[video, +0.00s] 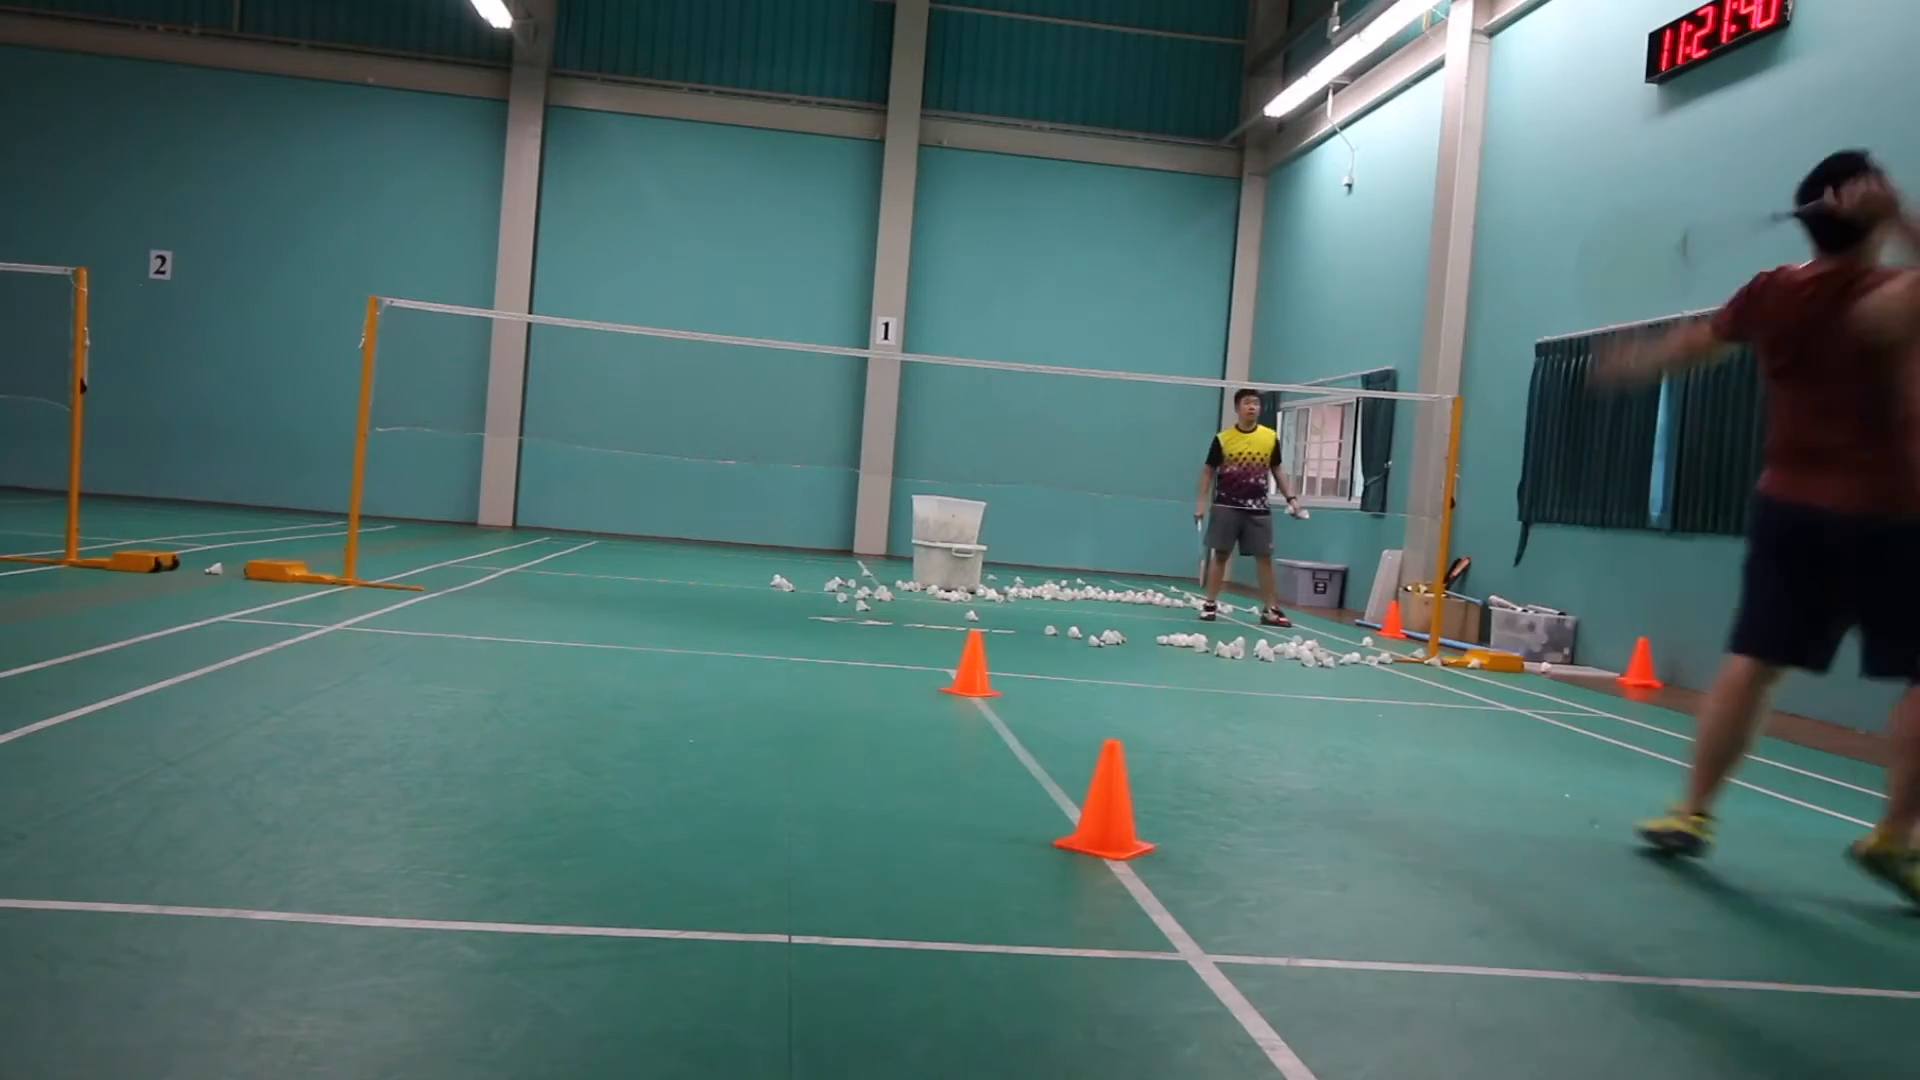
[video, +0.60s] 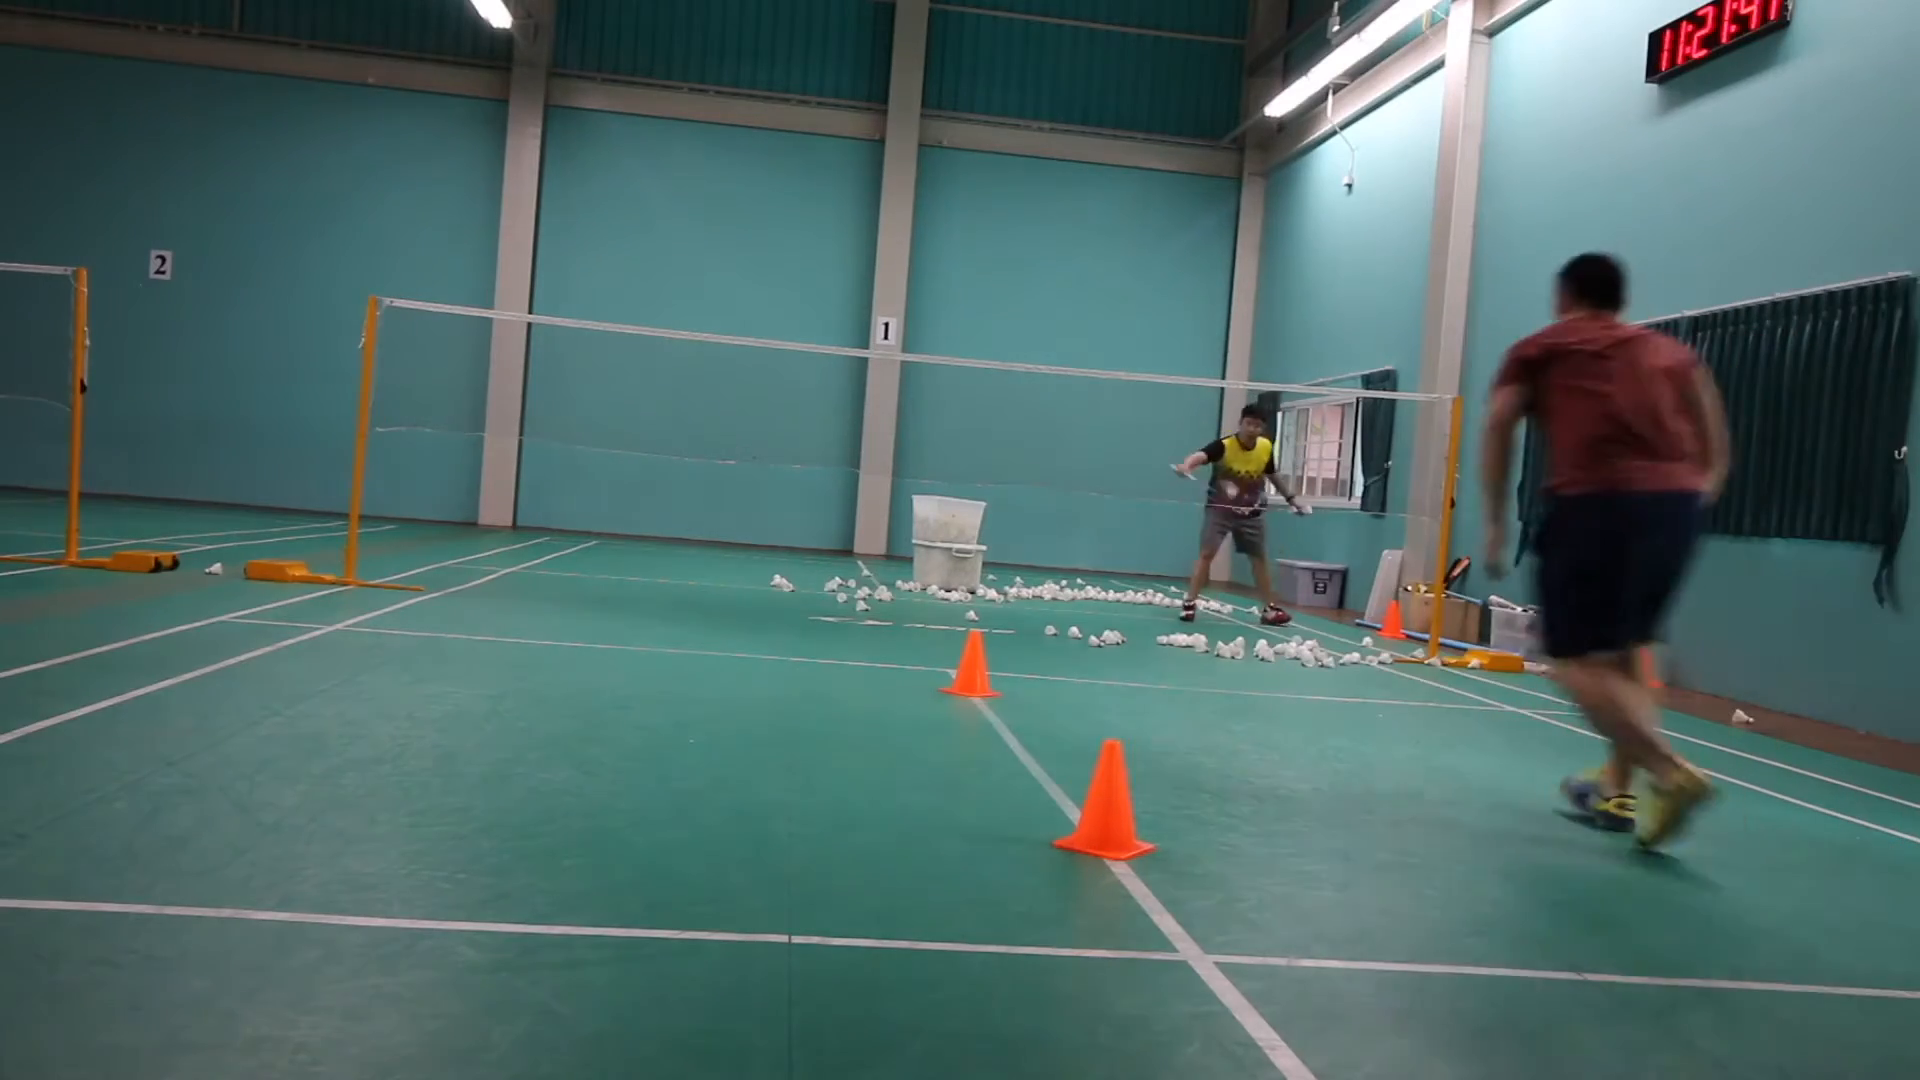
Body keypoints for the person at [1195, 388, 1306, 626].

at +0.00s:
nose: (1252, 407)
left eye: (1256, 403)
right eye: (1247, 403)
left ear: (1260, 408)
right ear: (1237, 408)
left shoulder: (1270, 438)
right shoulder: (1222, 439)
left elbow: (1278, 470)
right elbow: (1208, 473)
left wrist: (1291, 498)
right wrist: (1202, 504)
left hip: (1258, 509)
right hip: (1227, 507)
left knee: (1265, 558)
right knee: (1220, 555)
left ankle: (1270, 608)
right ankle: (1210, 602)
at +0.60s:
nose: (1252, 430)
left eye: (1257, 426)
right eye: (1248, 424)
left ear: (1262, 428)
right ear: (1240, 424)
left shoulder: (1266, 448)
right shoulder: (1225, 445)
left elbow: (1272, 475)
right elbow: (1200, 456)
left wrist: (1291, 499)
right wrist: (1187, 466)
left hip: (1251, 514)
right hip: (1220, 511)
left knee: (1259, 559)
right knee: (1207, 555)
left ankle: (1269, 608)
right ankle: (1190, 602)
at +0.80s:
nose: (1228, 426)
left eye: (1233, 421)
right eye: (1225, 420)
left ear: (1240, 425)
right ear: (1217, 421)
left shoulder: (1245, 444)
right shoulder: (1205, 447)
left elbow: (1247, 470)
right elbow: (1185, 465)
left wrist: (1262, 494)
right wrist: (1176, 482)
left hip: (1232, 508)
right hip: (1203, 507)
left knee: (1241, 554)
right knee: (1198, 550)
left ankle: (1243, 603)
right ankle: (1189, 602)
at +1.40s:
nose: (1242, 416)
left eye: (1246, 412)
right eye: (1238, 411)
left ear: (1252, 416)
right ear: (1230, 415)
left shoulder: (1260, 441)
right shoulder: (1215, 446)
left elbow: (1264, 472)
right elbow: (1202, 479)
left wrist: (1278, 497)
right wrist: (1203, 510)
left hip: (1246, 509)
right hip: (1220, 508)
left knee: (1246, 556)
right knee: (1215, 549)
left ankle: (1235, 604)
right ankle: (1197, 599)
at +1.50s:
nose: (1251, 419)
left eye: (1255, 415)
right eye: (1247, 414)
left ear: (1260, 420)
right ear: (1237, 417)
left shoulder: (1260, 445)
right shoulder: (1224, 443)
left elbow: (1261, 475)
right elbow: (1208, 469)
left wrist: (1275, 499)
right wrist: (1217, 502)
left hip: (1243, 507)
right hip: (1218, 505)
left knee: (1246, 558)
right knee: (1218, 551)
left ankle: (1236, 604)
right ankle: (1208, 605)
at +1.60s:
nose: (1256, 419)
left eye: (1260, 415)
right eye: (1251, 413)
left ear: (1263, 420)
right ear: (1240, 416)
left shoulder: (1257, 447)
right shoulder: (1227, 436)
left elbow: (1254, 476)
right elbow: (1222, 444)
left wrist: (1268, 500)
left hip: (1240, 509)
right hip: (1216, 505)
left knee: (1245, 557)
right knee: (1219, 550)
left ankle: (1236, 604)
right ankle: (1207, 605)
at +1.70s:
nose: (1257, 410)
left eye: (1261, 407)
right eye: (1252, 405)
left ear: (1264, 414)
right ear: (1240, 410)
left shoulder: (1257, 444)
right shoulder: (1229, 428)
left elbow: (1248, 475)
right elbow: (1224, 408)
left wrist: (1261, 497)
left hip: (1241, 505)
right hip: (1219, 501)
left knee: (1241, 555)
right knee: (1222, 551)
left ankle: (1232, 603)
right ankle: (1208, 605)